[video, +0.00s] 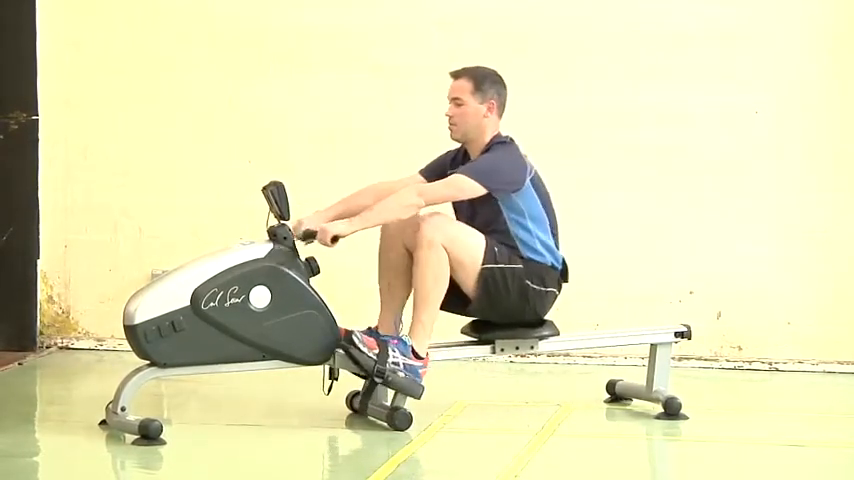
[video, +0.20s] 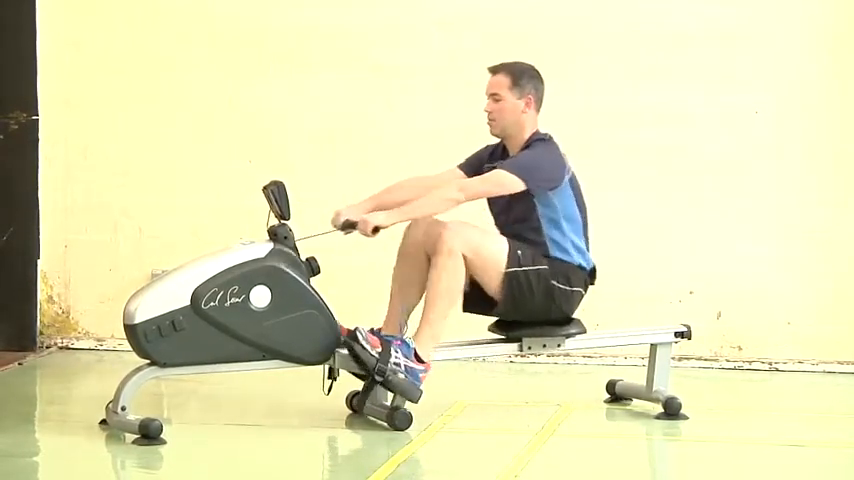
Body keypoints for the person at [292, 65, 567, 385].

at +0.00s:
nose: (448, 111)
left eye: (457, 103)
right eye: (449, 103)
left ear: (489, 109)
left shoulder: (505, 161)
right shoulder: (454, 160)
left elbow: (421, 198)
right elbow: (393, 191)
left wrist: (347, 227)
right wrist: (323, 216)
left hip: (530, 286)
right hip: (487, 286)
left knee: (434, 227)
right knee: (398, 221)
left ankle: (415, 355)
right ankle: (384, 337)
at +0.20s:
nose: (486, 109)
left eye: (496, 99)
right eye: (487, 99)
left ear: (528, 104)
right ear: (522, 105)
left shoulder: (543, 157)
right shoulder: (493, 156)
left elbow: (461, 192)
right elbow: (433, 185)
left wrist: (390, 218)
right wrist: (363, 207)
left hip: (558, 283)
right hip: (521, 281)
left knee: (452, 235)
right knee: (421, 229)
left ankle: (417, 359)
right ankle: (388, 339)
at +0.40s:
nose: (538, 105)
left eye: (546, 95)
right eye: (538, 96)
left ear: (578, 97)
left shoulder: (596, 152)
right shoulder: (545, 150)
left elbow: (521, 194)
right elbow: (487, 181)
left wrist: (448, 212)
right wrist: (420, 201)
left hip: (592, 278)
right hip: (555, 272)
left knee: (480, 250)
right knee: (450, 245)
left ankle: (419, 361)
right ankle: (392, 341)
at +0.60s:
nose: (588, 106)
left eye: (596, 96)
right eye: (587, 97)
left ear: (628, 98)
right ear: (616, 98)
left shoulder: (648, 152)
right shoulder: (596, 149)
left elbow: (592, 206)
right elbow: (545, 188)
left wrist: (512, 210)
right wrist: (490, 201)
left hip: (624, 277)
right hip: (589, 268)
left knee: (505, 271)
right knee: (473, 267)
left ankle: (422, 358)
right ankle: (399, 340)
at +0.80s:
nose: (622, 108)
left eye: (630, 98)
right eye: (620, 100)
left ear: (662, 98)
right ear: (636, 101)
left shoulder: (680, 153)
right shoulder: (633, 153)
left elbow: (661, 223)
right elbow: (602, 199)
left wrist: (587, 210)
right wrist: (558, 205)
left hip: (642, 278)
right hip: (608, 267)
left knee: (529, 298)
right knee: (491, 292)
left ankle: (424, 364)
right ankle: (396, 346)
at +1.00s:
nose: (631, 110)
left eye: (638, 100)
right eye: (630, 101)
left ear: (671, 101)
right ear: (658, 103)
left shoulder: (693, 155)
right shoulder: (645, 155)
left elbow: (714, 233)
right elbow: (646, 220)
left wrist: (645, 218)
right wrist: (609, 215)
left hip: (648, 275)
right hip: (613, 264)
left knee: (536, 317)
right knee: (504, 303)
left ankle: (424, 363)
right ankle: (398, 346)